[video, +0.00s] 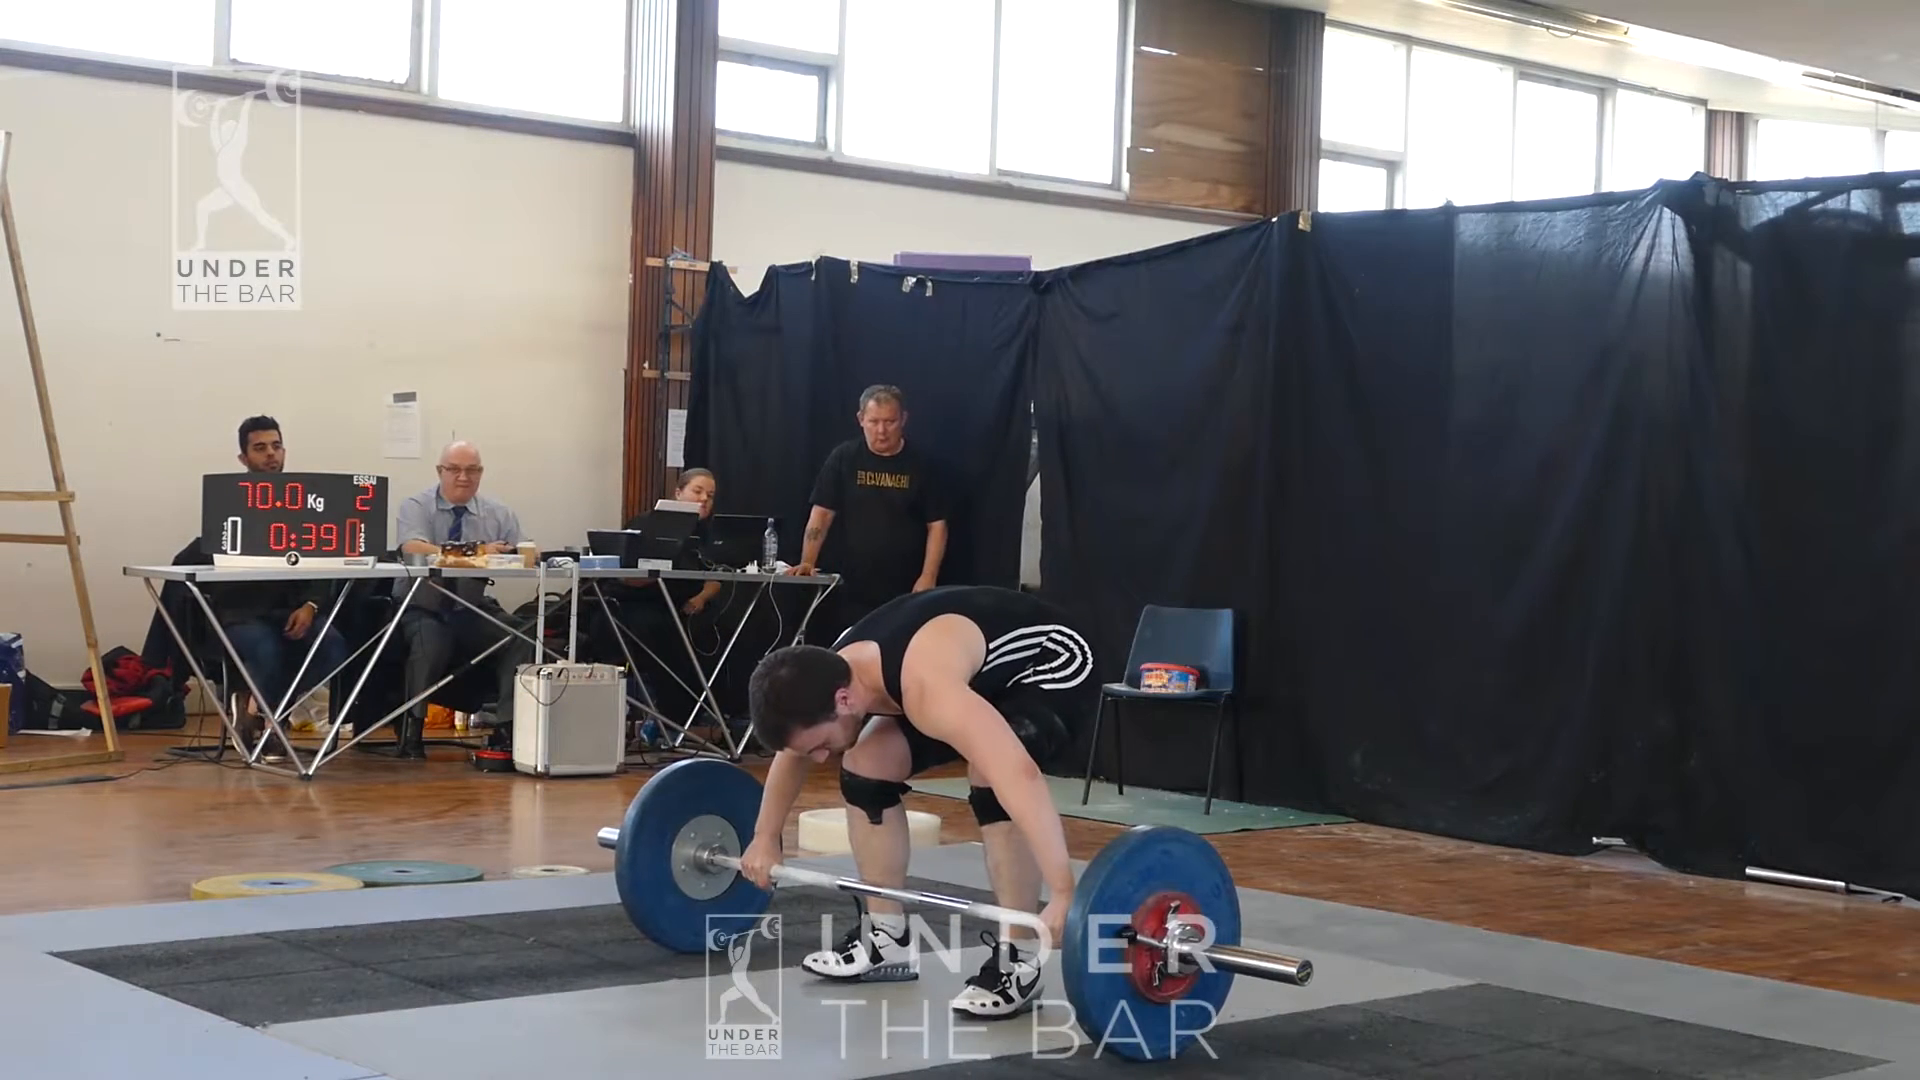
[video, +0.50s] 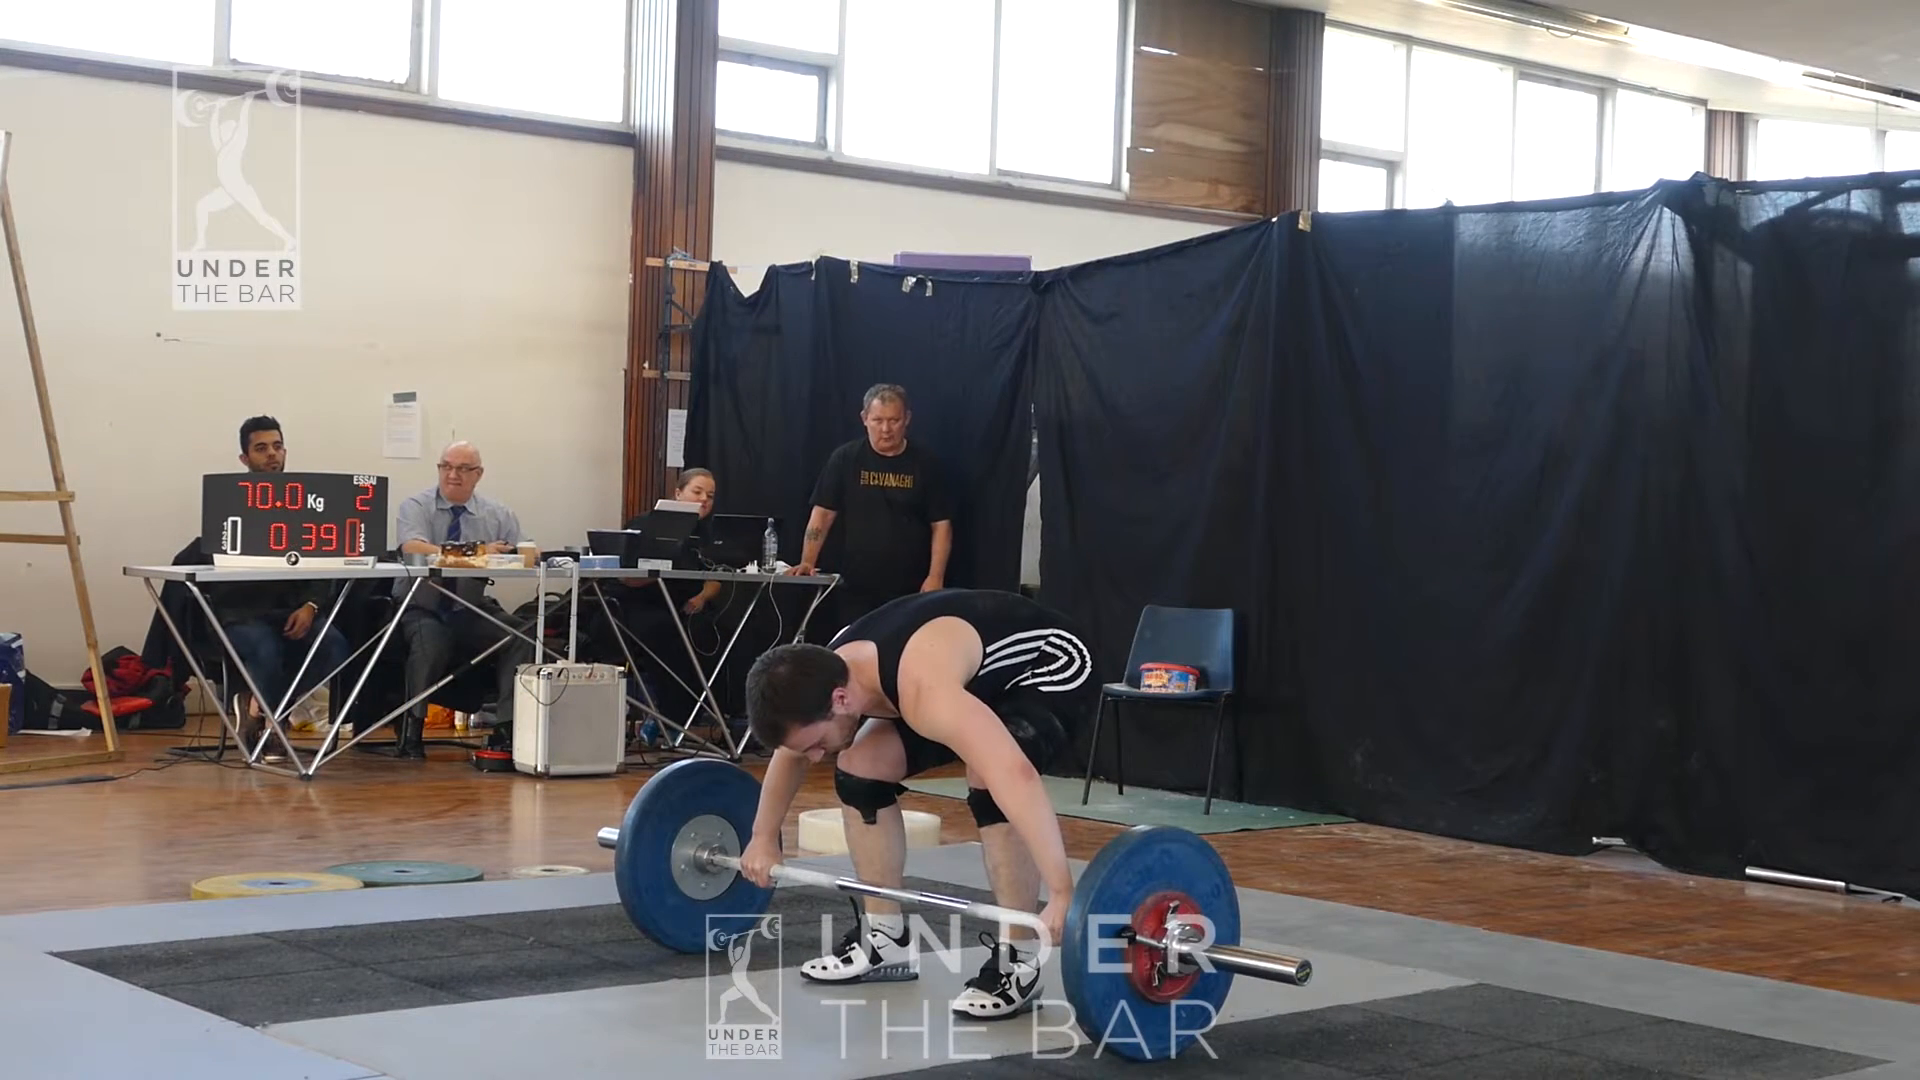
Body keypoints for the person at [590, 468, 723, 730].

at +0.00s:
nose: (704, 499)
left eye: (710, 495)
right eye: (698, 491)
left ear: (714, 502)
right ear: (678, 492)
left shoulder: (710, 535)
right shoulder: (647, 524)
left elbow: (717, 578)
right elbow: (617, 565)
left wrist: (702, 597)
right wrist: (632, 578)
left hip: (682, 607)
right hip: (641, 603)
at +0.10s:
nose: (704, 499)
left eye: (710, 495)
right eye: (698, 491)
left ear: (714, 502)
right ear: (678, 492)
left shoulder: (709, 533)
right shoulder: (647, 523)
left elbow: (716, 578)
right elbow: (618, 567)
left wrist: (702, 596)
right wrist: (639, 578)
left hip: (681, 606)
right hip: (640, 601)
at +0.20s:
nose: (704, 499)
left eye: (710, 495)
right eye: (698, 491)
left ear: (714, 502)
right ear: (679, 492)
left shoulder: (711, 533)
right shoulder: (649, 523)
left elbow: (717, 577)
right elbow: (620, 561)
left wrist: (701, 597)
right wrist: (634, 578)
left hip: (682, 605)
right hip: (643, 600)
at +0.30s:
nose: (704, 499)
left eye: (710, 495)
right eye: (698, 492)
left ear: (714, 502)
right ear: (678, 493)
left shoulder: (710, 533)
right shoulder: (647, 524)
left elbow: (716, 578)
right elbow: (625, 573)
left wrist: (702, 596)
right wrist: (647, 574)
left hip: (683, 606)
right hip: (643, 602)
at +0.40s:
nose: (704, 500)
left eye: (710, 495)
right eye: (697, 492)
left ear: (714, 502)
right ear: (678, 493)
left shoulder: (708, 533)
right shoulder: (647, 525)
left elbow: (716, 578)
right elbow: (627, 576)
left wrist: (702, 597)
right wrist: (657, 571)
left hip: (683, 607)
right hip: (643, 605)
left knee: (704, 633)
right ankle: (665, 720)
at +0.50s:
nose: (704, 500)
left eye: (710, 496)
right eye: (697, 492)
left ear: (714, 501)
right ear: (679, 493)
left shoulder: (709, 532)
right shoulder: (648, 525)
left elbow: (717, 577)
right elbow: (629, 577)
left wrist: (703, 596)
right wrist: (658, 569)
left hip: (684, 607)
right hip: (643, 604)